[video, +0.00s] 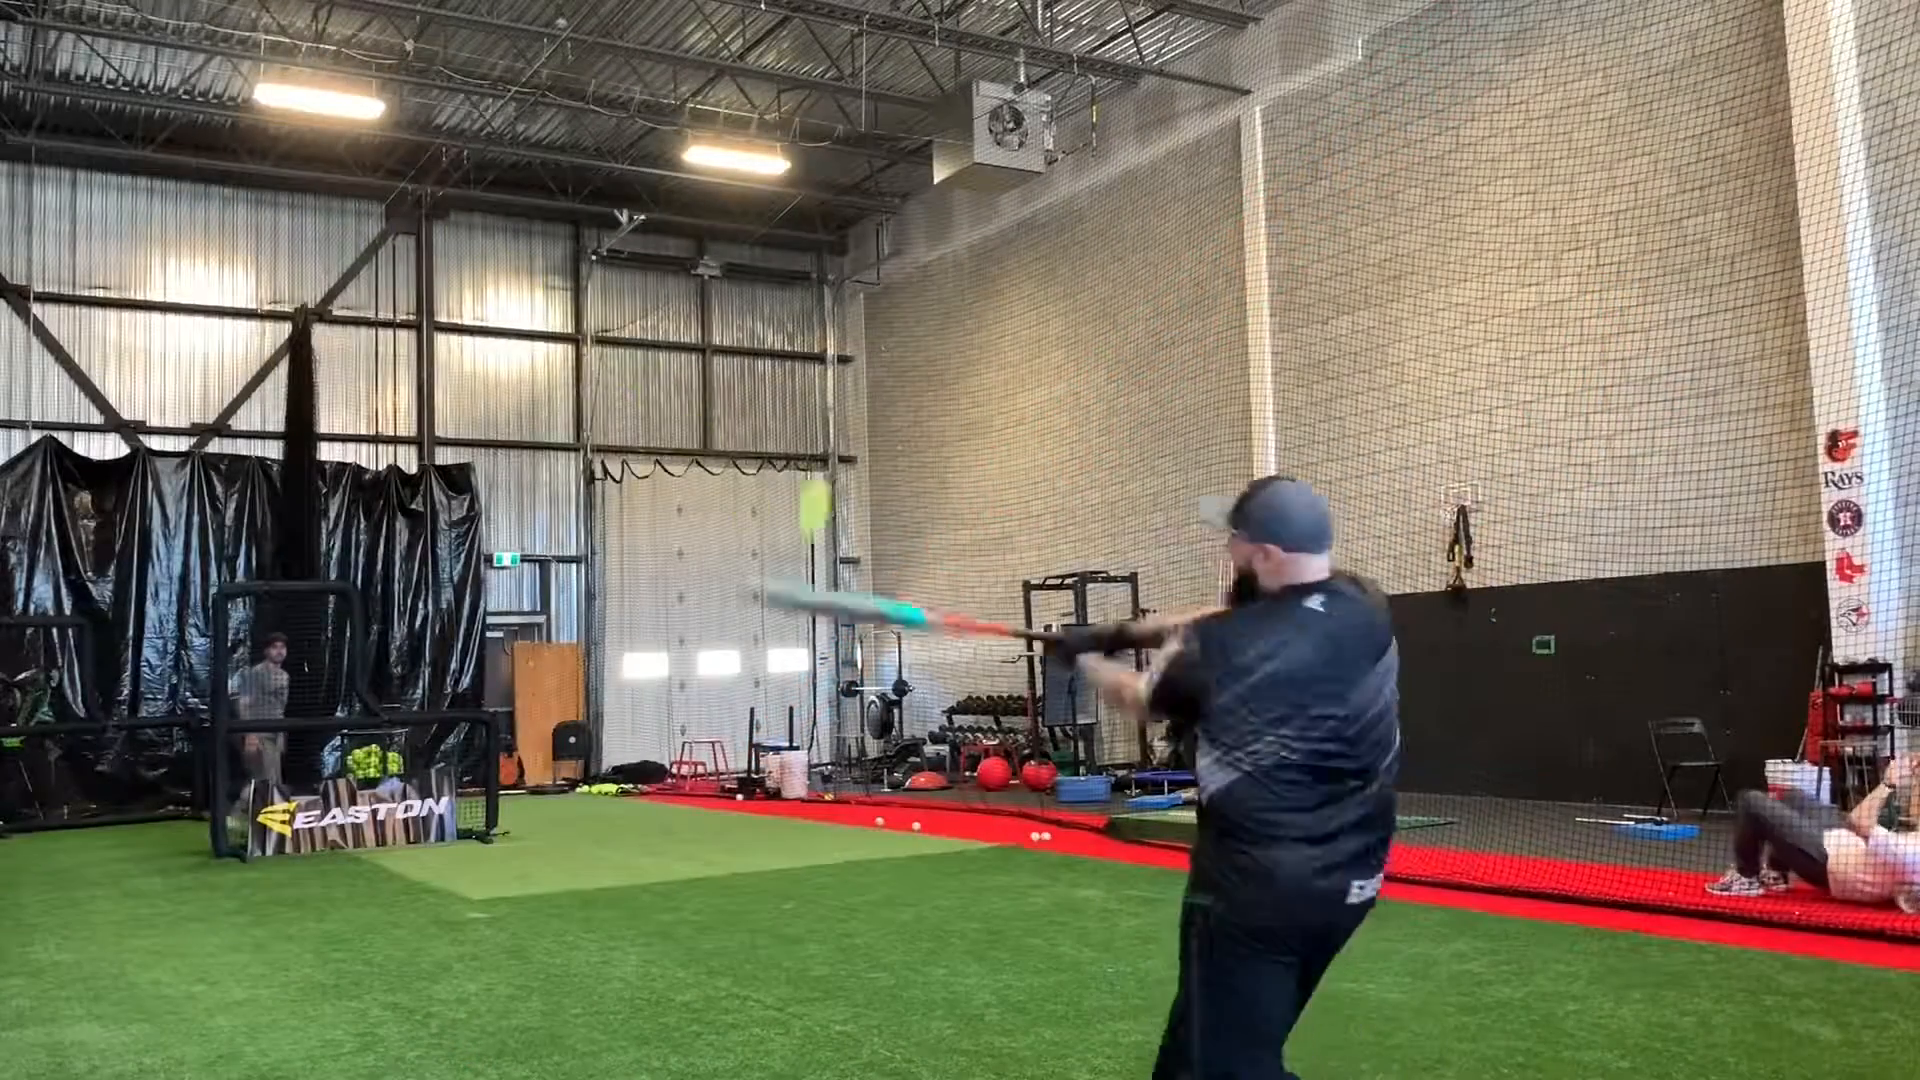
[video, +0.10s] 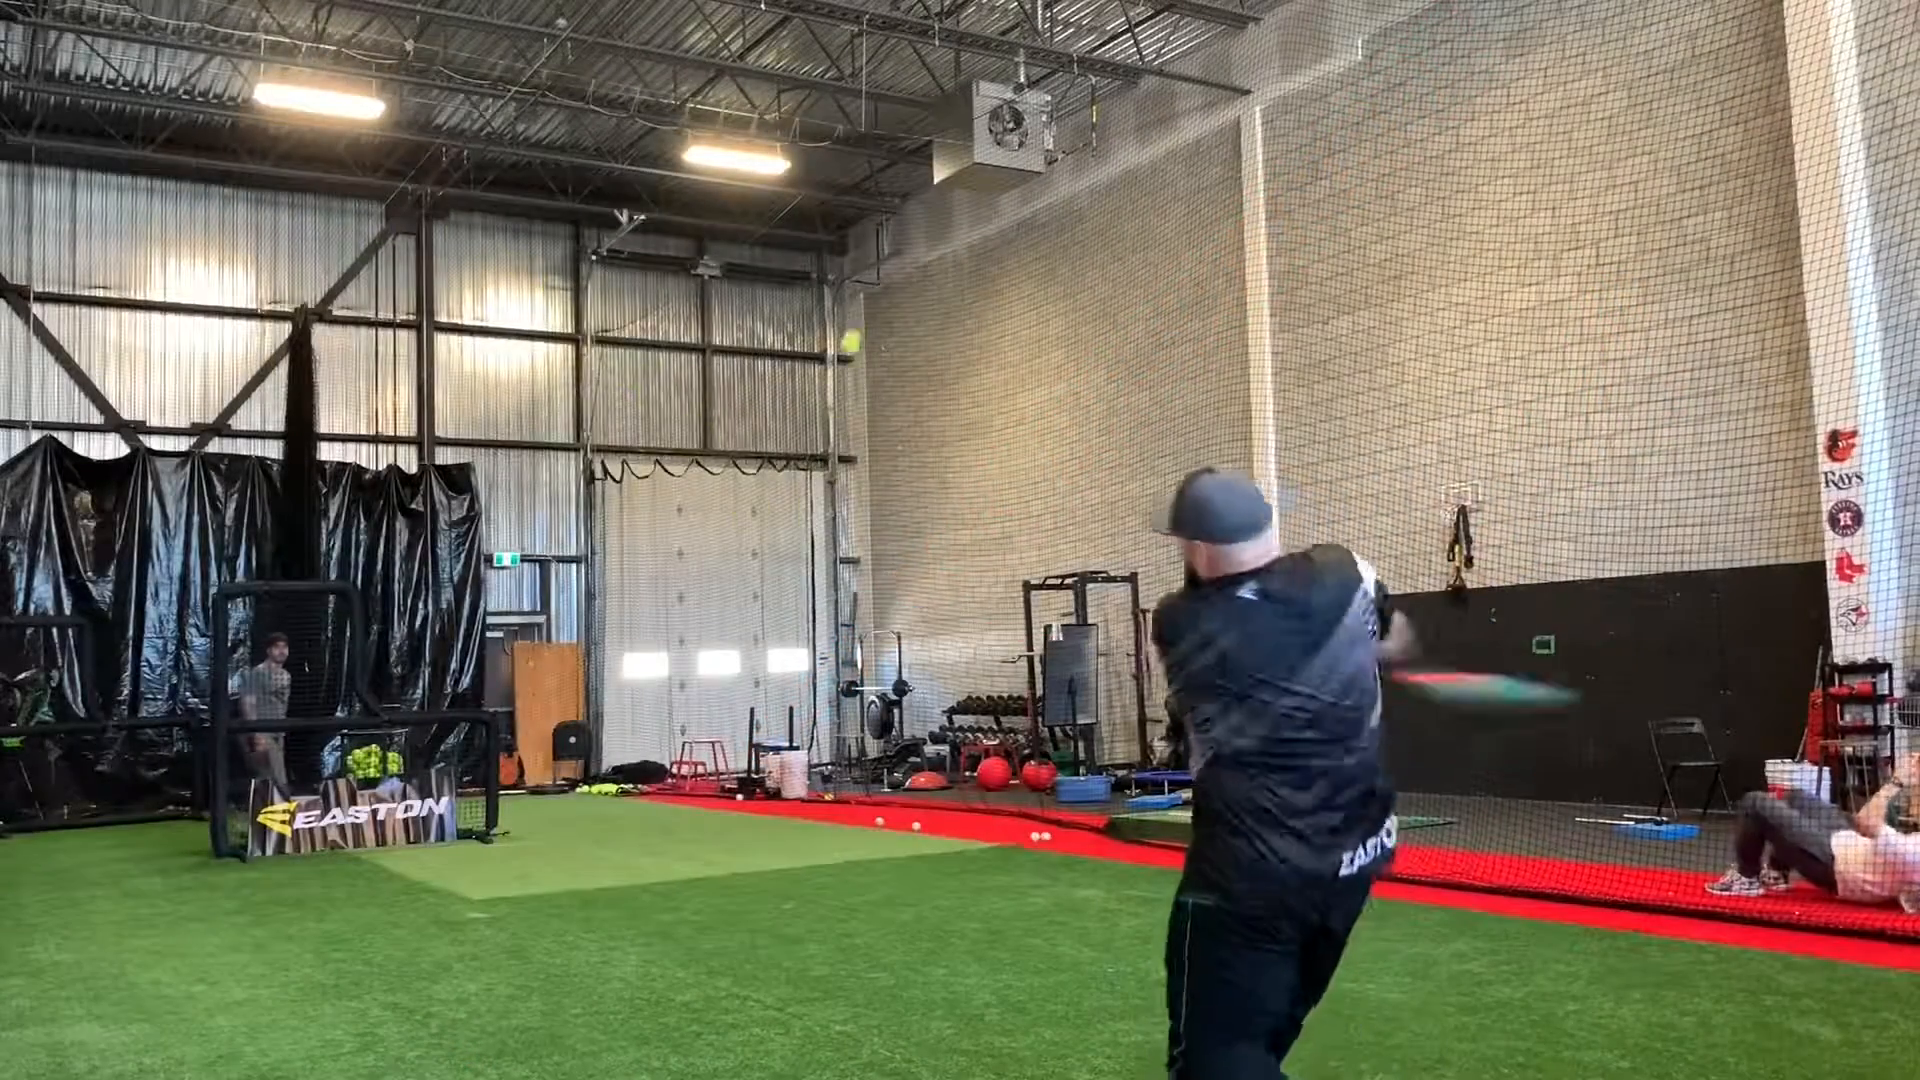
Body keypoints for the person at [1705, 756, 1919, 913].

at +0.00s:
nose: (1914, 798)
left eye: (1915, 793)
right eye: (1915, 791)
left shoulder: (1909, 857)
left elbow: (1860, 822)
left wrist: (1887, 784)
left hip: (1836, 866)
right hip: (1853, 846)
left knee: (1751, 802)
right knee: (1795, 798)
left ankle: (1746, 876)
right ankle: (1776, 872)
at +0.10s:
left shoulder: (1910, 854)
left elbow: (1866, 822)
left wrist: (1896, 782)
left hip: (1840, 867)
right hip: (1855, 844)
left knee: (1755, 803)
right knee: (1797, 797)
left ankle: (1746, 877)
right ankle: (1776, 870)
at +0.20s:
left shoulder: (1912, 852)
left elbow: (1876, 820)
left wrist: (1903, 783)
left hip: (1846, 870)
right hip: (1863, 845)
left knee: (1767, 807)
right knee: (1807, 800)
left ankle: (1746, 877)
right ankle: (1778, 869)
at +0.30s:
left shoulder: (1914, 849)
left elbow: (1883, 821)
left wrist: (1904, 786)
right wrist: (1906, 787)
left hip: (1851, 870)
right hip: (1867, 848)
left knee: (1768, 808)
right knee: (1814, 803)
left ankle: (1746, 876)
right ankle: (1779, 870)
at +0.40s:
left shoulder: (1917, 845)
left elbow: (1890, 820)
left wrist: (1910, 790)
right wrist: (1910, 790)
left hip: (1860, 871)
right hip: (1874, 849)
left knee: (1779, 810)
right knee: (1819, 805)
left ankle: (1747, 875)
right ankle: (1780, 870)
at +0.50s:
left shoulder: (1919, 843)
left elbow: (1897, 819)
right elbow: (1901, 820)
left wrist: (1912, 788)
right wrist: (1912, 790)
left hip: (1868, 871)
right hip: (1882, 851)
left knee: (1785, 816)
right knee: (1824, 807)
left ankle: (1747, 875)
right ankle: (1781, 871)